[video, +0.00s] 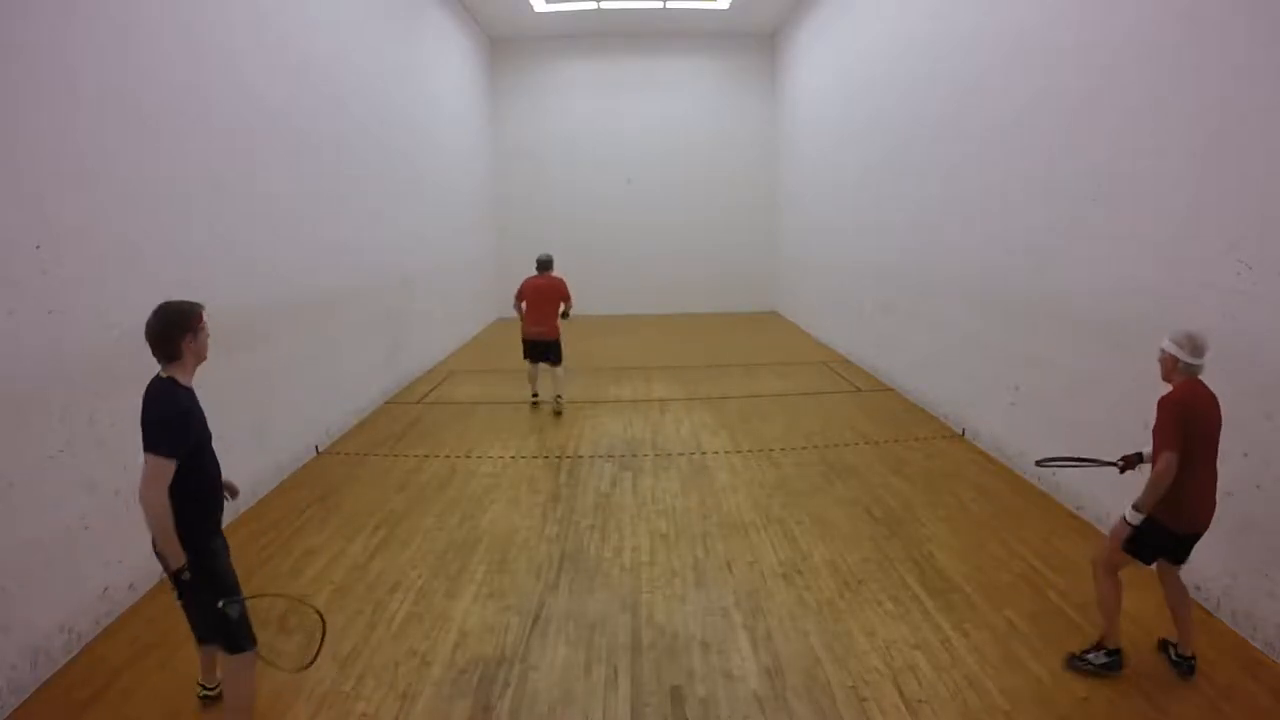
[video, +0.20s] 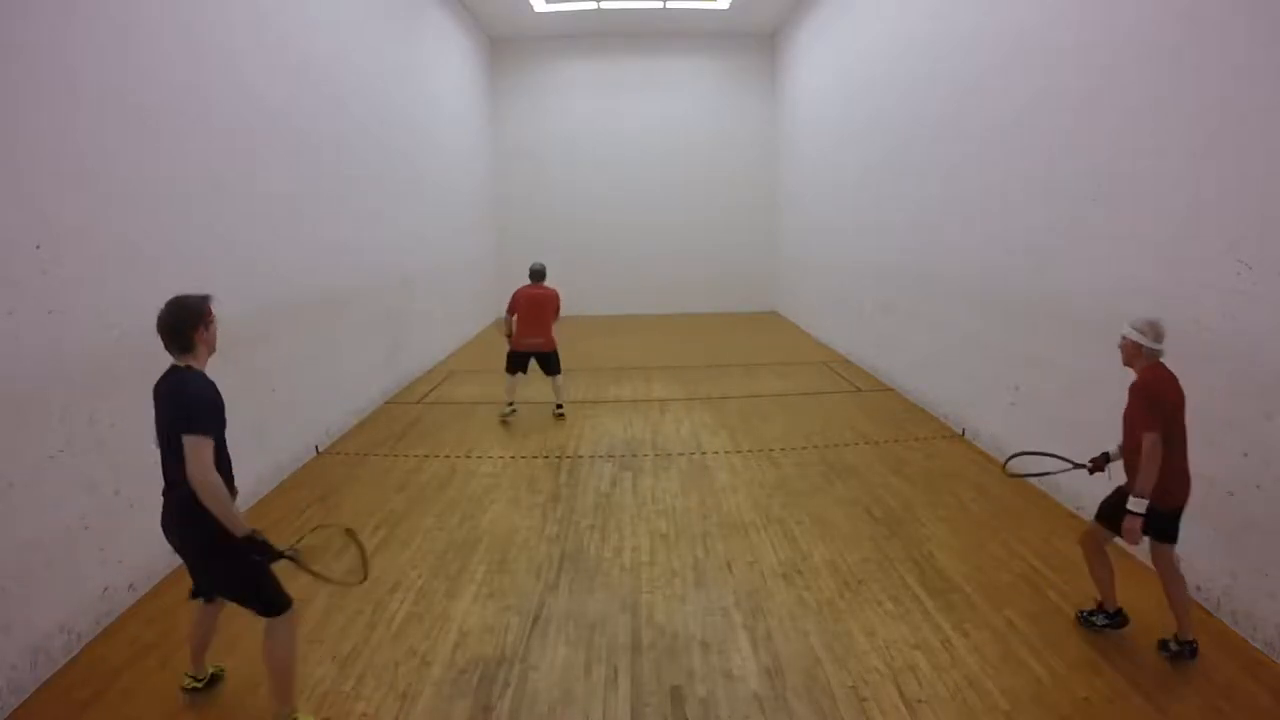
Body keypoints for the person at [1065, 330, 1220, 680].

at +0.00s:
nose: (1159, 359)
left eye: (1164, 354)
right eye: (1162, 353)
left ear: (1176, 362)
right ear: (1190, 363)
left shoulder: (1173, 403)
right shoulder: (1206, 398)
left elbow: (1166, 469)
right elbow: (1187, 449)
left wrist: (1134, 514)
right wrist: (1142, 456)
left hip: (1168, 514)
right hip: (1197, 515)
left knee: (1106, 564)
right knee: (1168, 568)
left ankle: (1108, 649)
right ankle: (1185, 652)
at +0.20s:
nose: (1120, 345)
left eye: (1125, 341)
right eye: (1122, 340)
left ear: (1139, 348)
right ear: (1150, 349)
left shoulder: (1145, 387)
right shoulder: (1166, 381)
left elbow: (1151, 450)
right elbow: (1145, 437)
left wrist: (1136, 507)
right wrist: (1108, 458)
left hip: (1144, 491)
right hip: (1171, 492)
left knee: (1092, 540)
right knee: (1165, 561)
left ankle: (1109, 609)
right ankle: (1186, 639)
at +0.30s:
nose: (1094, 339)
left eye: (1100, 335)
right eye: (1096, 334)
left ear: (1115, 342)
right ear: (1121, 342)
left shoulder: (1121, 382)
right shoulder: (1140, 373)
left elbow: (1124, 443)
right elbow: (1125, 429)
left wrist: (1107, 496)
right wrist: (1094, 453)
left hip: (1128, 481)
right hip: (1149, 479)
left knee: (1088, 539)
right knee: (1130, 538)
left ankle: (1111, 609)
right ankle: (1169, 604)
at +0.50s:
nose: (1045, 331)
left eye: (1051, 326)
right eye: (1048, 325)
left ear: (1067, 333)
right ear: (1073, 334)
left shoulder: (1070, 372)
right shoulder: (1091, 363)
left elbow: (1058, 427)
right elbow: (1079, 421)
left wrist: (1029, 464)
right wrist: (1054, 451)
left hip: (1085, 463)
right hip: (1091, 457)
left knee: (1077, 532)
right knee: (1046, 492)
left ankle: (1111, 606)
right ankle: (1042, 558)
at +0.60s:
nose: (1021, 322)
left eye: (1026, 317)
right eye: (1023, 316)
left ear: (1042, 324)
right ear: (1047, 325)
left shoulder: (1042, 363)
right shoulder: (1064, 355)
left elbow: (1031, 415)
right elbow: (1058, 408)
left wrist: (1001, 439)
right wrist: (1034, 435)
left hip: (1051, 449)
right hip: (1060, 445)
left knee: (1052, 523)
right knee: (1019, 481)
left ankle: (1094, 586)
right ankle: (1007, 545)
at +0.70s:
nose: (995, 316)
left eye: (1001, 312)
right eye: (998, 311)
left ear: (1015, 319)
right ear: (1020, 320)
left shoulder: (1021, 355)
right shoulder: (1031, 348)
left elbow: (1010, 406)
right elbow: (1022, 402)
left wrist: (978, 430)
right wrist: (997, 427)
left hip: (1025, 440)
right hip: (1027, 435)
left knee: (1005, 500)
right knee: (998, 483)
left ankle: (1050, 557)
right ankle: (1004, 544)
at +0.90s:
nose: (944, 306)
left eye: (949, 301)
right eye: (945, 300)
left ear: (965, 305)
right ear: (965, 305)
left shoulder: (976, 336)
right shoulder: (970, 331)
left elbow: (975, 384)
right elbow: (967, 379)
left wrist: (944, 421)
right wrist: (950, 407)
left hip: (974, 414)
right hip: (974, 412)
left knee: (938, 462)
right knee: (956, 461)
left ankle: (934, 519)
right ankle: (988, 514)